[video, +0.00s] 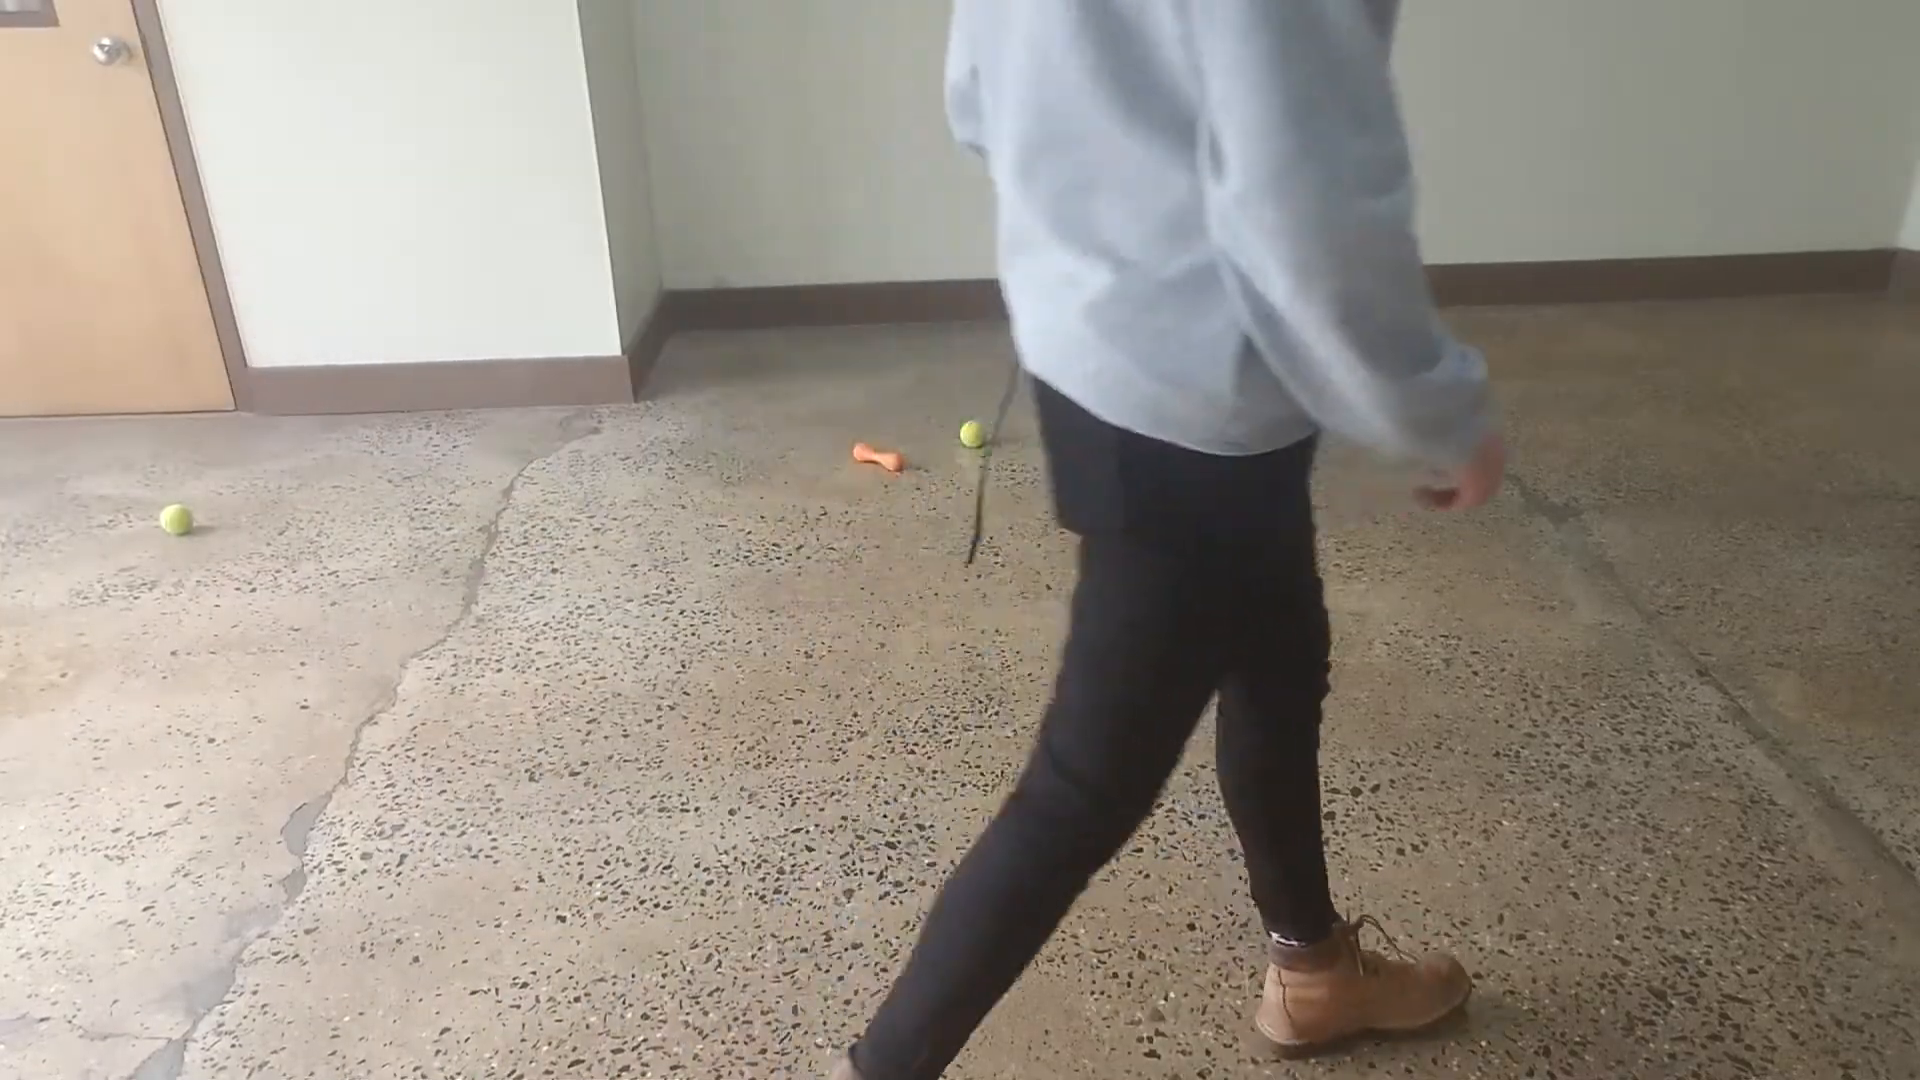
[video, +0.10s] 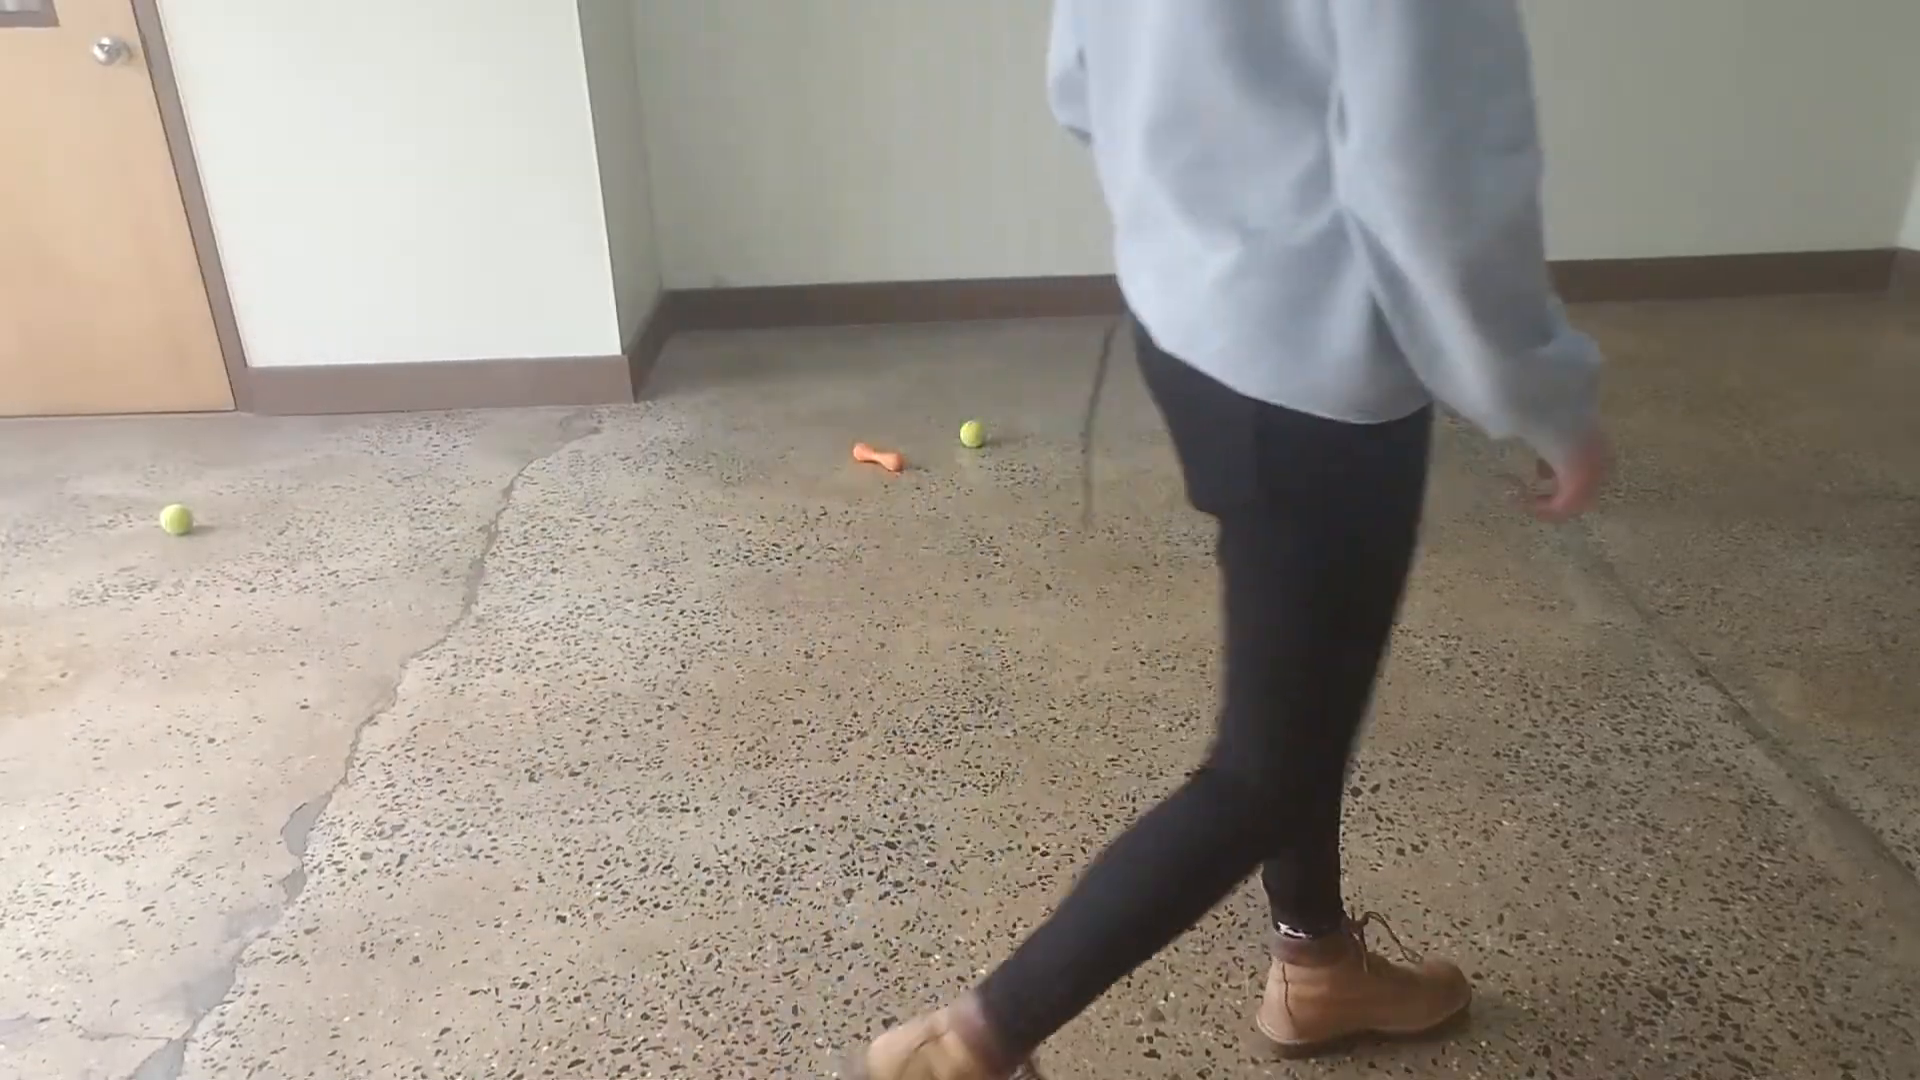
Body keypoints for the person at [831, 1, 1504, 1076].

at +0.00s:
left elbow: (981, 99)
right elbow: (1305, 195)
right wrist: (1442, 412)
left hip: (1079, 334)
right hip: (1198, 379)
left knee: (1276, 657)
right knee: (1082, 791)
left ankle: (1314, 964)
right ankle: (879, 1066)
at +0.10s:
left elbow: (1081, 85)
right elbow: (1423, 166)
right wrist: (1551, 394)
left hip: (1180, 312)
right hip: (1321, 353)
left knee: (1301, 670)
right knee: (1266, 781)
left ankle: (1318, 958)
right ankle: (973, 1040)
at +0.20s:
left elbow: (1195, 73)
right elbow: (1525, 159)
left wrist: (1266, 251)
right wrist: (1648, 407)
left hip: (1262, 286)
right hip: (1407, 333)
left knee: (1332, 644)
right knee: (1465, 741)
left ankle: (1320, 964)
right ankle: (1139, 985)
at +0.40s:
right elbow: (1663, 175)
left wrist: (1738, 105)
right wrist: (1750, 488)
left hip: (1428, 284)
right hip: (1561, 334)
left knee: (1416, 646)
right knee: (1736, 684)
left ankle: (1324, 961)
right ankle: (1667, 1021)